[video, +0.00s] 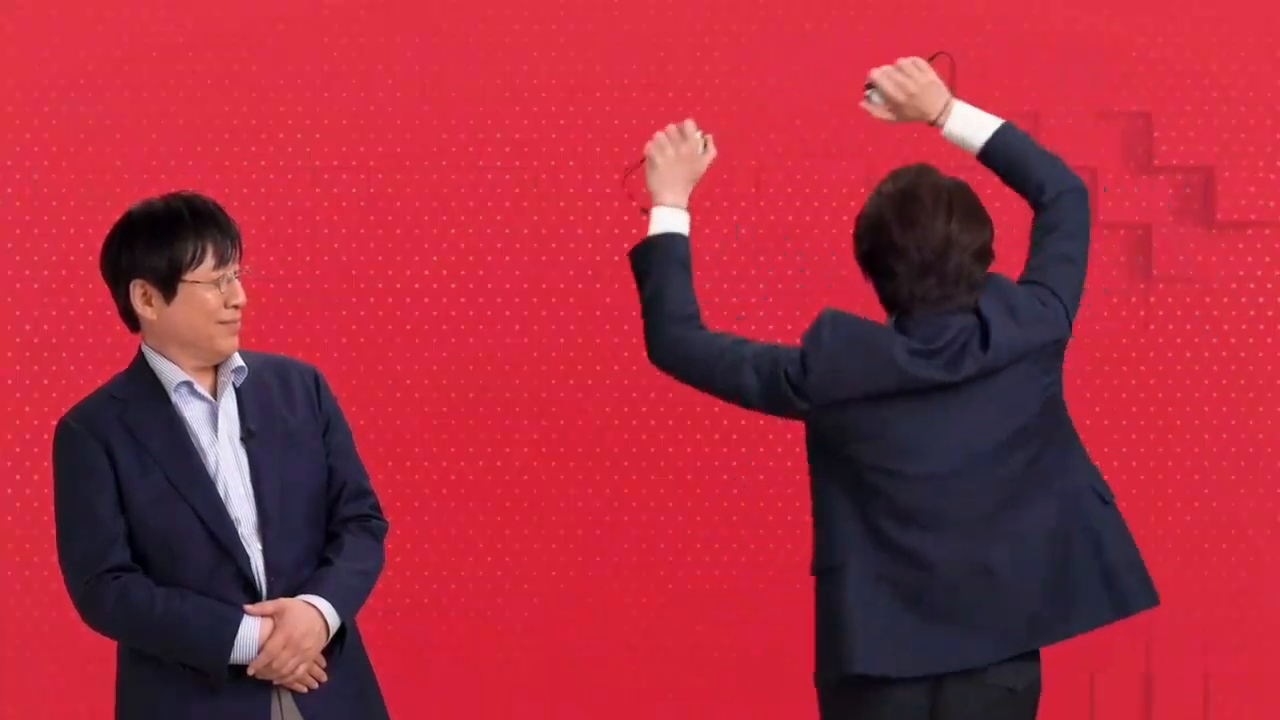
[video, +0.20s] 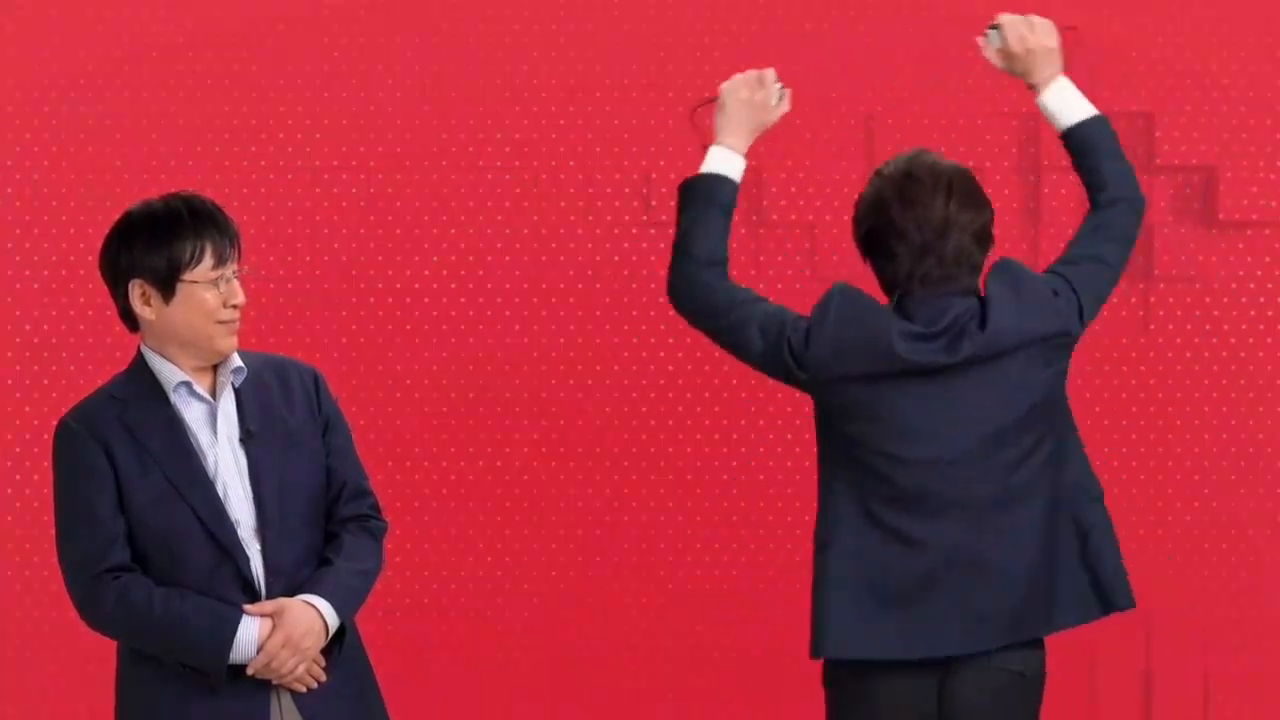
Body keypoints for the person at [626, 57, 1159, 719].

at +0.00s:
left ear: (875, 271)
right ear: (987, 255)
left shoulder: (834, 372)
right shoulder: (1032, 334)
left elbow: (675, 342)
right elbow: (1064, 194)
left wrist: (667, 203)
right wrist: (949, 111)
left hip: (875, 682)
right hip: (1002, 671)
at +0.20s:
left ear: (874, 262)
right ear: (986, 250)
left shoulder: (835, 349)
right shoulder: (1038, 325)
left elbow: (696, 284)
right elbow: (1119, 202)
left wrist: (728, 145)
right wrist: (1051, 83)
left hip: (875, 664)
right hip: (1004, 659)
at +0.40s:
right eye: (1009, 268)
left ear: (889, 270)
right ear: (1001, 282)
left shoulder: (847, 338)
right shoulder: (1040, 388)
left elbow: (795, 220)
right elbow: (1203, 394)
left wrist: (904, 132)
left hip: (845, 680)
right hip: (972, 696)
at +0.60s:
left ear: (895, 251)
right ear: (1002, 250)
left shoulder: (843, 328)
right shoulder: (1054, 338)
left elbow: (723, 237)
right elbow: (1168, 249)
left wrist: (785, 113)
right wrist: (1106, 119)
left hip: (872, 666)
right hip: (1002, 670)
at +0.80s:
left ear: (878, 272)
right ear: (990, 256)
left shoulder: (837, 375)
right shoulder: (1035, 329)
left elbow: (675, 344)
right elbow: (1068, 192)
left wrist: (684, 203)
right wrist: (952, 109)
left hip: (909, 686)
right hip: (1038, 670)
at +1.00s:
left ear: (890, 261)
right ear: (1001, 267)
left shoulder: (846, 338)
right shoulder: (1048, 360)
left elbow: (760, 225)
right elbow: (1184, 306)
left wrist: (862, 124)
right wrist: (1160, 171)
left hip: (855, 669)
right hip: (985, 677)